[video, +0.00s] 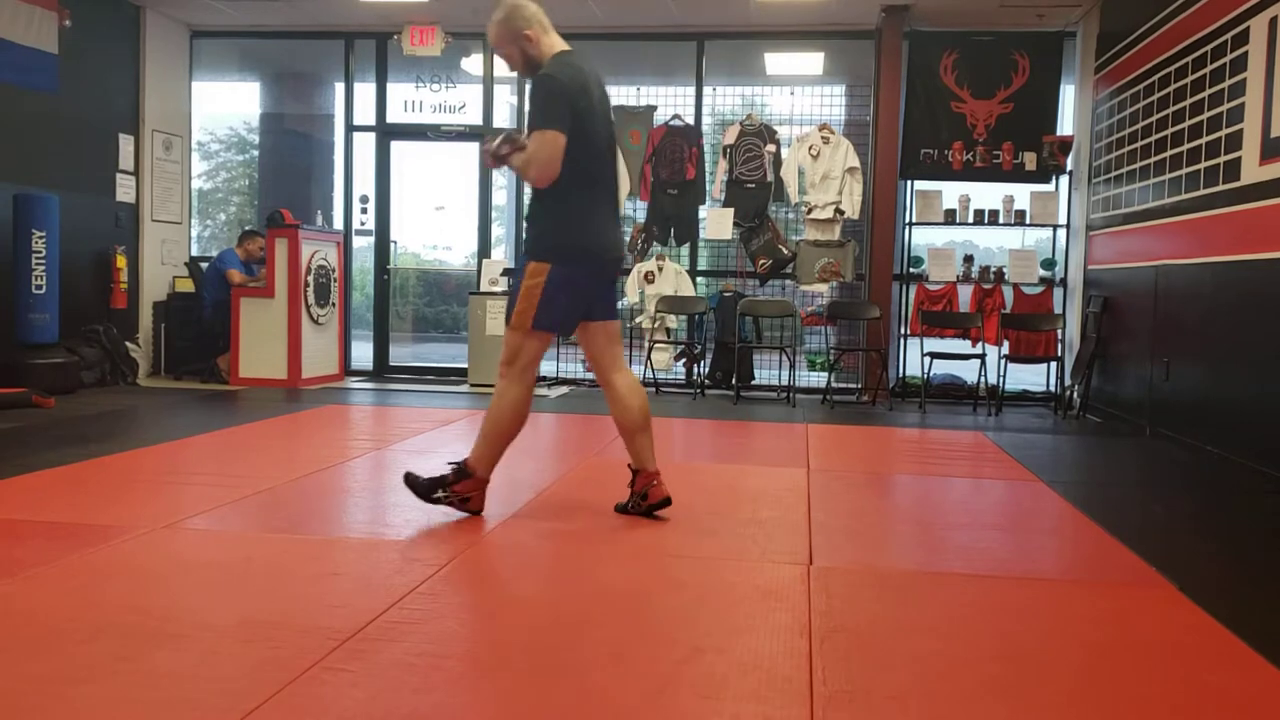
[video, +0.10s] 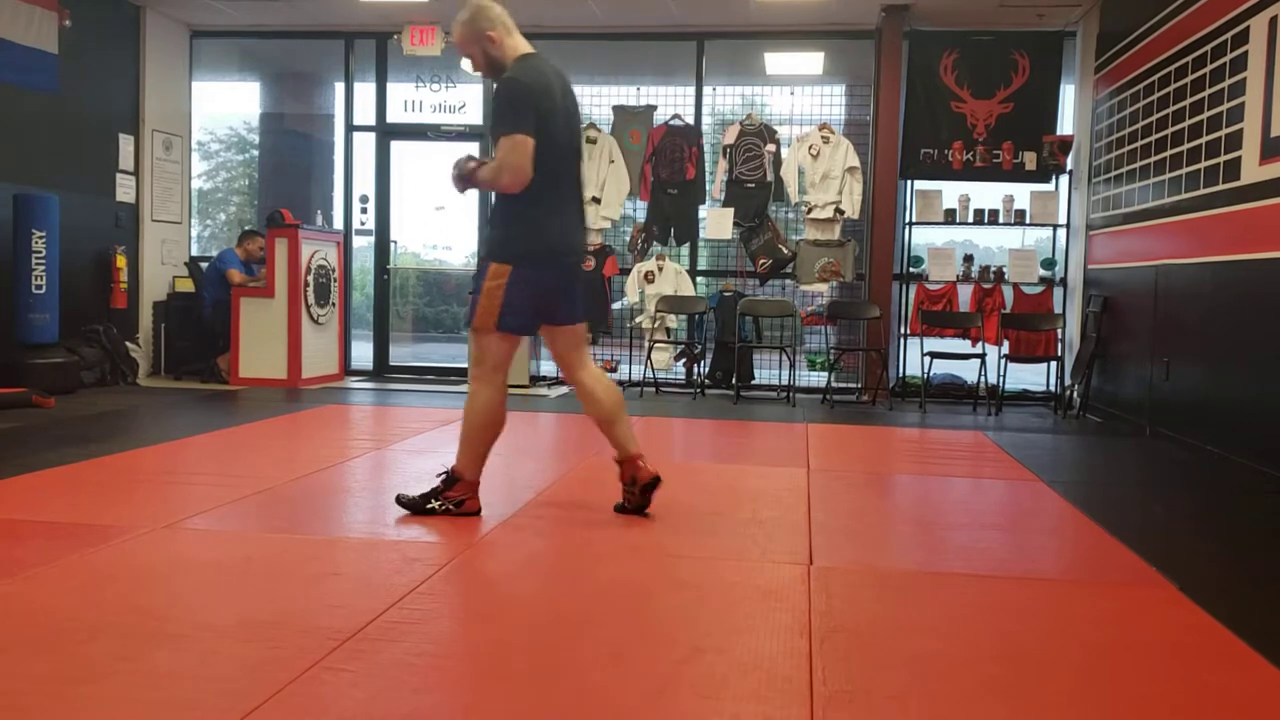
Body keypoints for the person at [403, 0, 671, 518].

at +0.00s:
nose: (511, 68)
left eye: (507, 56)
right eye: (505, 59)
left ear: (529, 38)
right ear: (540, 34)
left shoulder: (554, 80)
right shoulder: (587, 77)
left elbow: (542, 171)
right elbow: (608, 175)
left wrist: (511, 152)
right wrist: (525, 149)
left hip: (558, 251)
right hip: (599, 248)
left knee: (516, 368)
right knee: (612, 366)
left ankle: (471, 481)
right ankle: (648, 482)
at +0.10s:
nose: (473, 68)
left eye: (470, 56)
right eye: (467, 59)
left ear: (493, 36)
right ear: (502, 34)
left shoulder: (517, 83)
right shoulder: (552, 77)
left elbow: (514, 175)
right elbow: (548, 169)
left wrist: (472, 174)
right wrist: (487, 166)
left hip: (517, 253)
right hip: (562, 250)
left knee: (487, 372)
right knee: (579, 364)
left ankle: (462, 487)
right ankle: (636, 470)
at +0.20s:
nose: (438, 64)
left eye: (436, 52)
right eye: (432, 55)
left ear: (458, 33)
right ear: (471, 28)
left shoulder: (481, 75)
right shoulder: (523, 73)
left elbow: (477, 165)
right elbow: (540, 167)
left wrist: (441, 170)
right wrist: (460, 177)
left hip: (487, 242)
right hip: (526, 241)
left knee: (467, 364)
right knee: (516, 351)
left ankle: (461, 486)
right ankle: (585, 439)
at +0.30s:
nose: (408, 58)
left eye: (405, 46)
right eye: (402, 50)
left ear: (427, 26)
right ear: (441, 22)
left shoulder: (451, 68)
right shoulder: (500, 73)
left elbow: (444, 156)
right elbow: (526, 162)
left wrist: (408, 153)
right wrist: (445, 171)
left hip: (462, 241)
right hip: (492, 238)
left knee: (458, 361)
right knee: (467, 348)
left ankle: (460, 486)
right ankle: (516, 441)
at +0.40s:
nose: (385, 61)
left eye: (382, 50)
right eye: (379, 54)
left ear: (399, 30)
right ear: (415, 24)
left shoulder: (426, 67)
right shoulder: (468, 72)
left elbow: (409, 151)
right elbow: (500, 160)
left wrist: (366, 130)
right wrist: (419, 174)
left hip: (440, 241)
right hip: (456, 237)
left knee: (446, 360)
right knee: (410, 341)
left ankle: (461, 488)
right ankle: (435, 462)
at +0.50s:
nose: (356, 70)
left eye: (353, 59)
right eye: (351, 63)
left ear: (370, 37)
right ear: (383, 34)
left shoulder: (403, 71)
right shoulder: (436, 74)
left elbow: (364, 150)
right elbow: (472, 160)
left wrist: (336, 107)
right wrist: (397, 186)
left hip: (416, 243)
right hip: (415, 240)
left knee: (427, 365)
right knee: (384, 358)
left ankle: (458, 486)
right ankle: (355, 465)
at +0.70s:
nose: (292, 77)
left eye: (290, 66)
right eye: (287, 70)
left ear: (310, 46)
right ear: (314, 45)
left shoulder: (352, 73)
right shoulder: (350, 77)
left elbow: (333, 152)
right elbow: (332, 152)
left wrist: (289, 114)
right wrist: (293, 115)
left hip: (357, 242)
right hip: (345, 240)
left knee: (330, 361)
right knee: (328, 362)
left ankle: (424, 456)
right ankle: (323, 472)